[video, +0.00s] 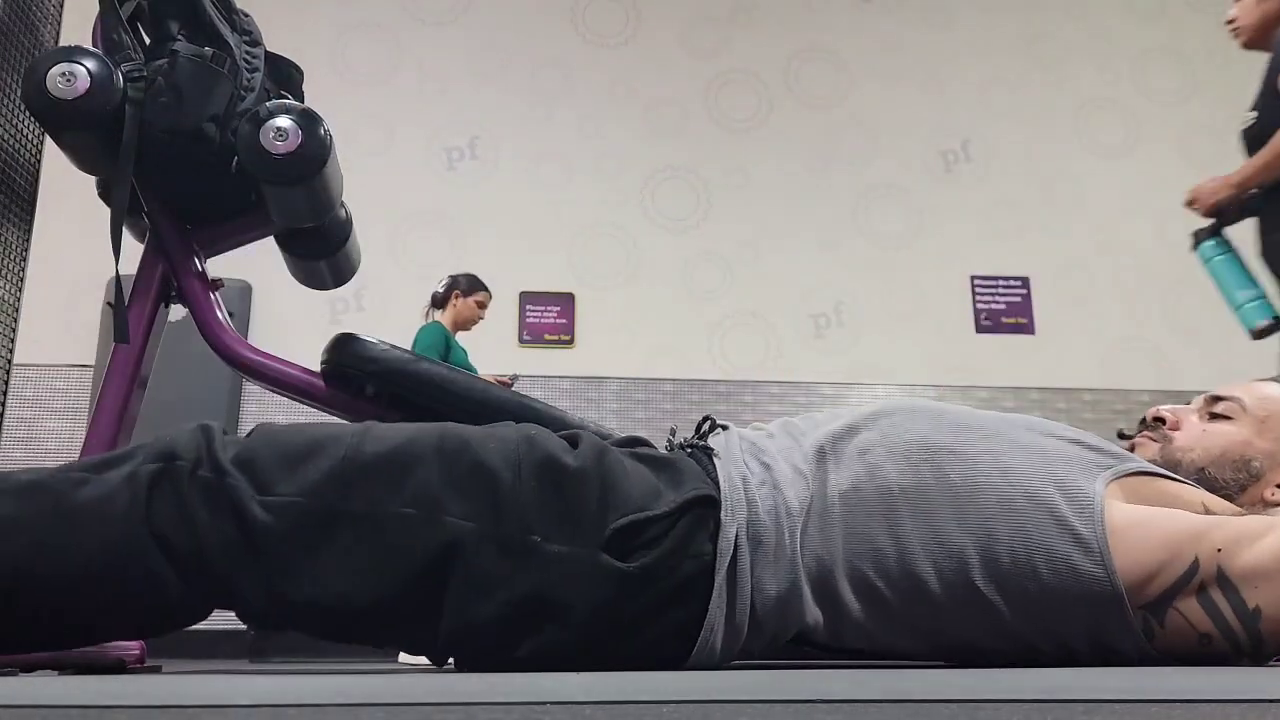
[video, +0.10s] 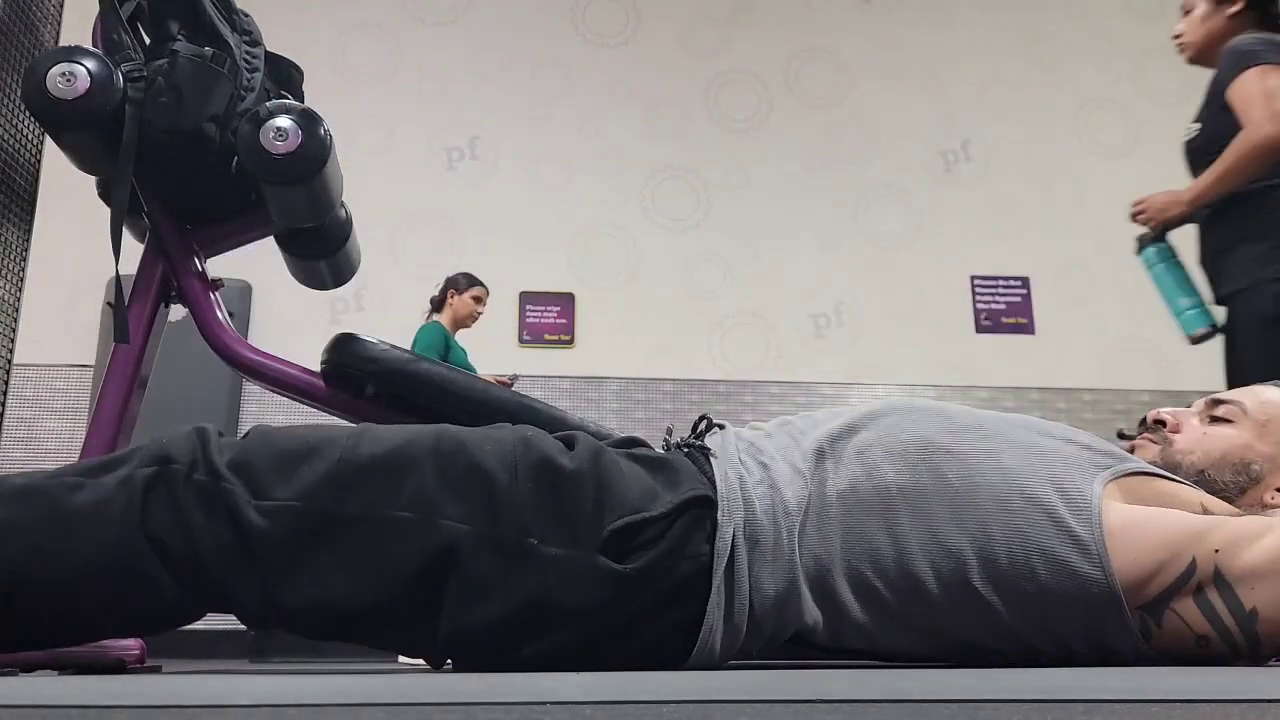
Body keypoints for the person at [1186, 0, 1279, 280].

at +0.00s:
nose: (1229, 17)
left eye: (1239, 3)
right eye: (1231, 7)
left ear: (1272, 3)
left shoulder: (1275, 63)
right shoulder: (1273, 66)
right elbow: (1275, 175)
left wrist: (1232, 184)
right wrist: (1239, 205)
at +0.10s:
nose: (1176, 30)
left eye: (1189, 11)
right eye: (1180, 15)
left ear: (1233, 7)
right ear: (1233, 9)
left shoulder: (1247, 52)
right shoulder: (1245, 59)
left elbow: (1266, 129)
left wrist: (1185, 200)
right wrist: (1176, 209)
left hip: (1264, 285)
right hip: (1254, 287)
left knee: (1257, 422)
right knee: (1253, 421)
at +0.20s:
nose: (1127, 38)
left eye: (1139, 22)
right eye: (1130, 26)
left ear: (1182, 17)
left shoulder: (1201, 60)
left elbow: (1228, 135)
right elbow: (1226, 187)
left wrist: (1148, 214)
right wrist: (1142, 208)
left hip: (1230, 267)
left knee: (1185, 424)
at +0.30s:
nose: (1080, 54)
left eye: (1091, 37)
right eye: (1082, 41)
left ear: (1133, 32)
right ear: (1131, 34)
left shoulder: (1152, 75)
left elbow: (1188, 148)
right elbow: (1175, 205)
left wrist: (1112, 225)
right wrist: (1093, 216)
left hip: (1181, 278)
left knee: (1099, 434)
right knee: (1190, 439)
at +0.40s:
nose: (1033, 72)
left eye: (1044, 55)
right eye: (1036, 59)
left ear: (1084, 54)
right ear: (1082, 56)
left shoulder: (1100, 95)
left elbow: (1142, 168)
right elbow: (1111, 237)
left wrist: (1064, 245)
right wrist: (1037, 226)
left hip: (1132, 293)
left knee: (1064, 434)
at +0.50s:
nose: (985, 86)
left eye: (996, 69)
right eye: (988, 73)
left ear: (1033, 68)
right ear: (1031, 71)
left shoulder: (1050, 114)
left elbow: (1081, 188)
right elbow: (1049, 254)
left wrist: (1004, 259)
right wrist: (983, 229)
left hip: (1077, 306)